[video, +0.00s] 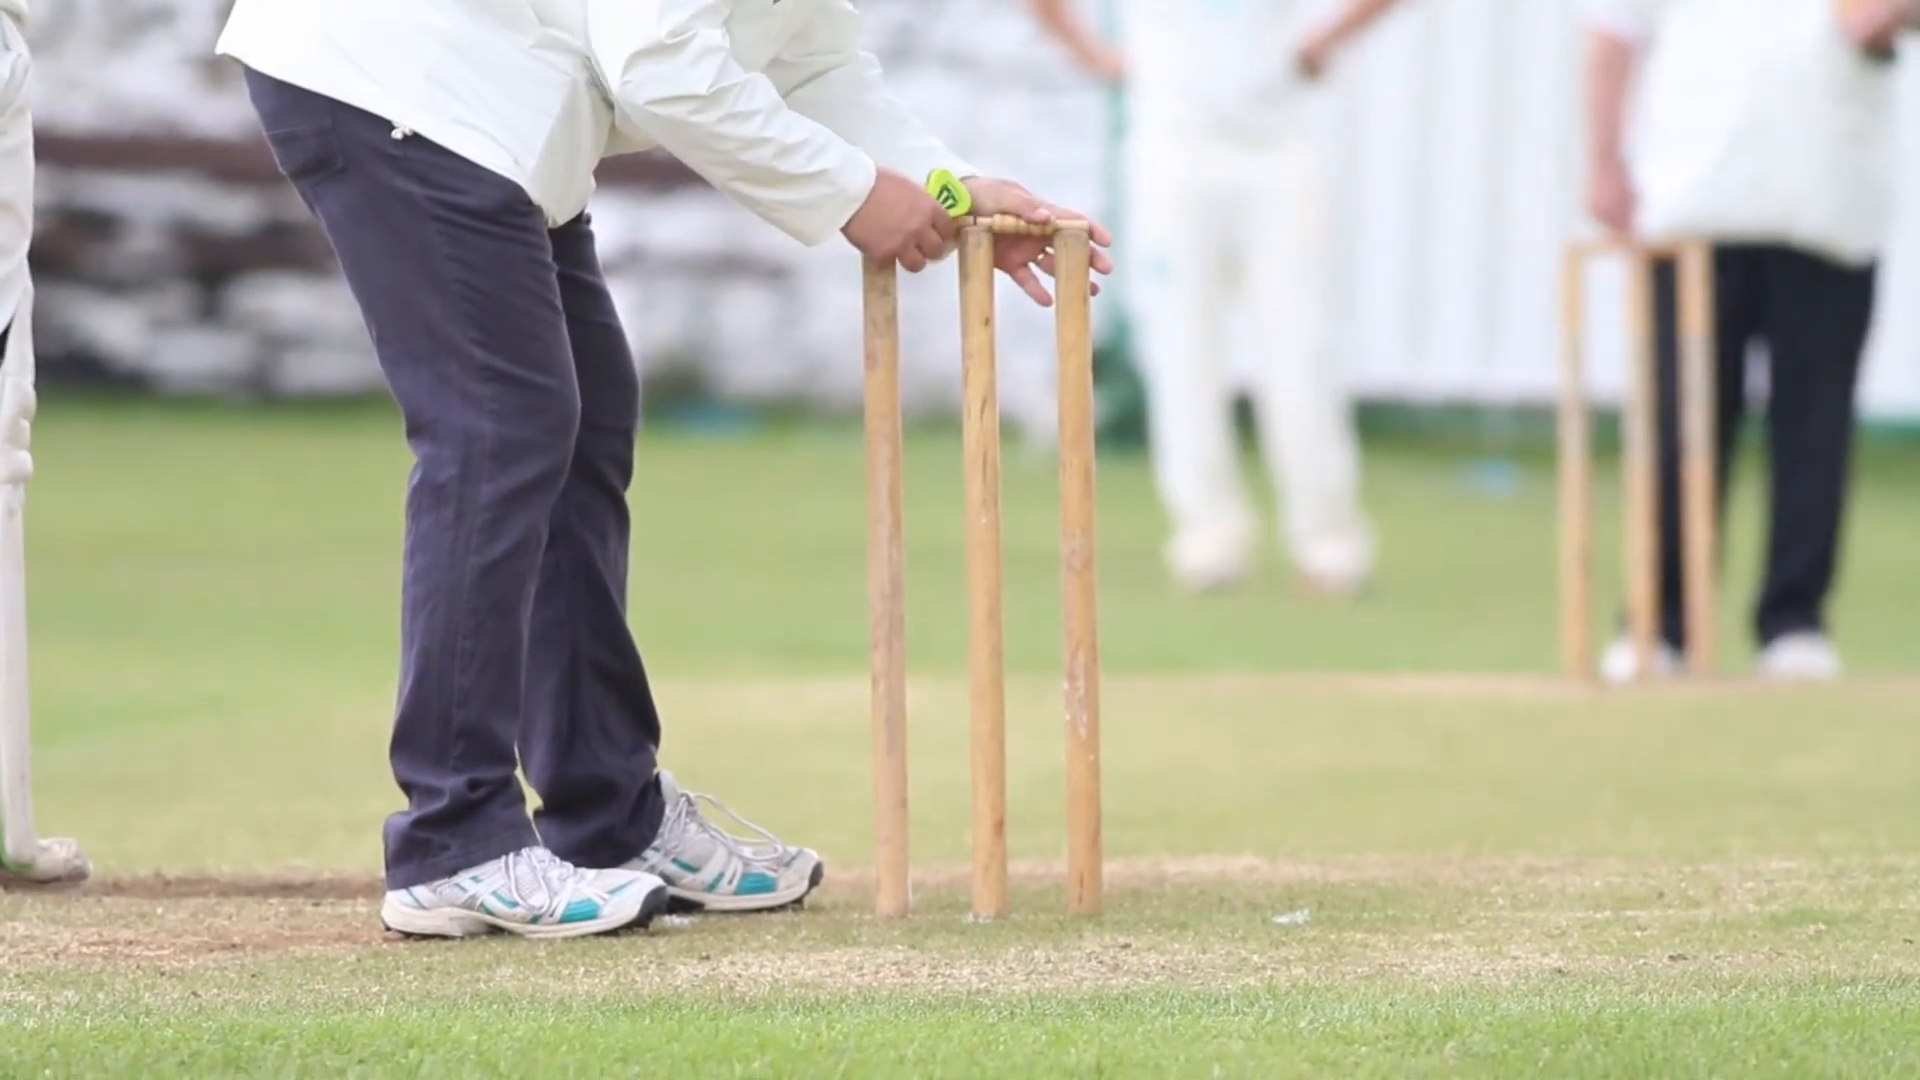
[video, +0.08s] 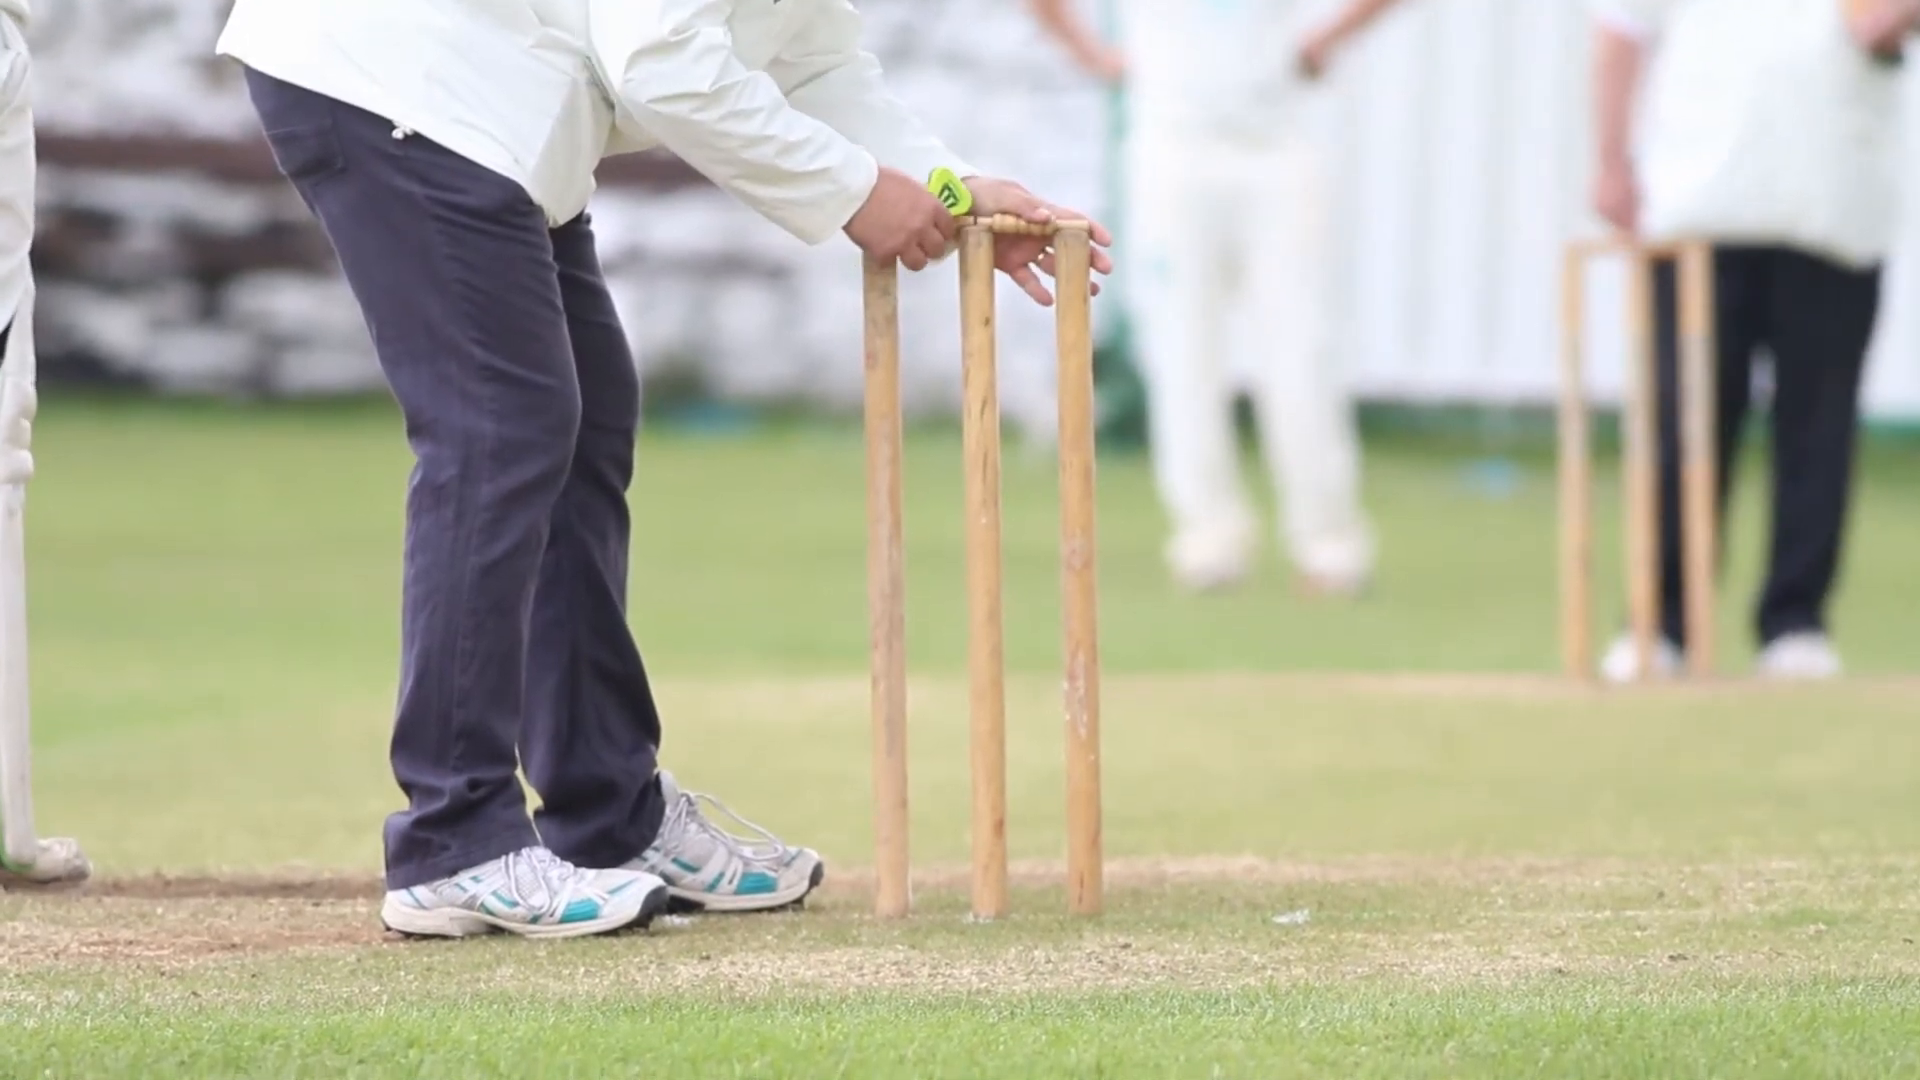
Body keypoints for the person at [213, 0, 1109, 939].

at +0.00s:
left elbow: (814, 67)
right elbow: (659, 61)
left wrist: (962, 193)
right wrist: (847, 191)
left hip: (491, 74)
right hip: (383, 53)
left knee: (588, 411)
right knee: (506, 421)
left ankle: (608, 818)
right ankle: (452, 849)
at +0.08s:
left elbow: (815, 71)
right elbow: (659, 60)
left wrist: (961, 193)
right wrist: (850, 190)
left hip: (490, 76)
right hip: (384, 54)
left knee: (588, 413)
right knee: (507, 422)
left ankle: (608, 818)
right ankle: (453, 849)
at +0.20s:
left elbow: (815, 66)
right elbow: (657, 54)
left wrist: (958, 192)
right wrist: (846, 189)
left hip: (489, 73)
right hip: (383, 52)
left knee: (588, 411)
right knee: (506, 420)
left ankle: (608, 818)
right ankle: (452, 849)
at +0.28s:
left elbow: (815, 65)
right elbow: (657, 54)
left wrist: (957, 192)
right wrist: (845, 188)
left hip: (488, 73)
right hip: (383, 52)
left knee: (588, 411)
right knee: (506, 421)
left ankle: (608, 818)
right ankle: (452, 849)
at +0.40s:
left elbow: (814, 60)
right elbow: (656, 52)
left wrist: (954, 189)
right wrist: (846, 189)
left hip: (487, 75)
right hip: (383, 53)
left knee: (588, 414)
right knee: (505, 422)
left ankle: (607, 817)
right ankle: (453, 849)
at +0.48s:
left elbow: (816, 66)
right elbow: (655, 53)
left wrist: (958, 190)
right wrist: (845, 187)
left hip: (488, 74)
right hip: (382, 52)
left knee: (588, 409)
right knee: (505, 420)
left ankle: (607, 816)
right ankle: (453, 848)